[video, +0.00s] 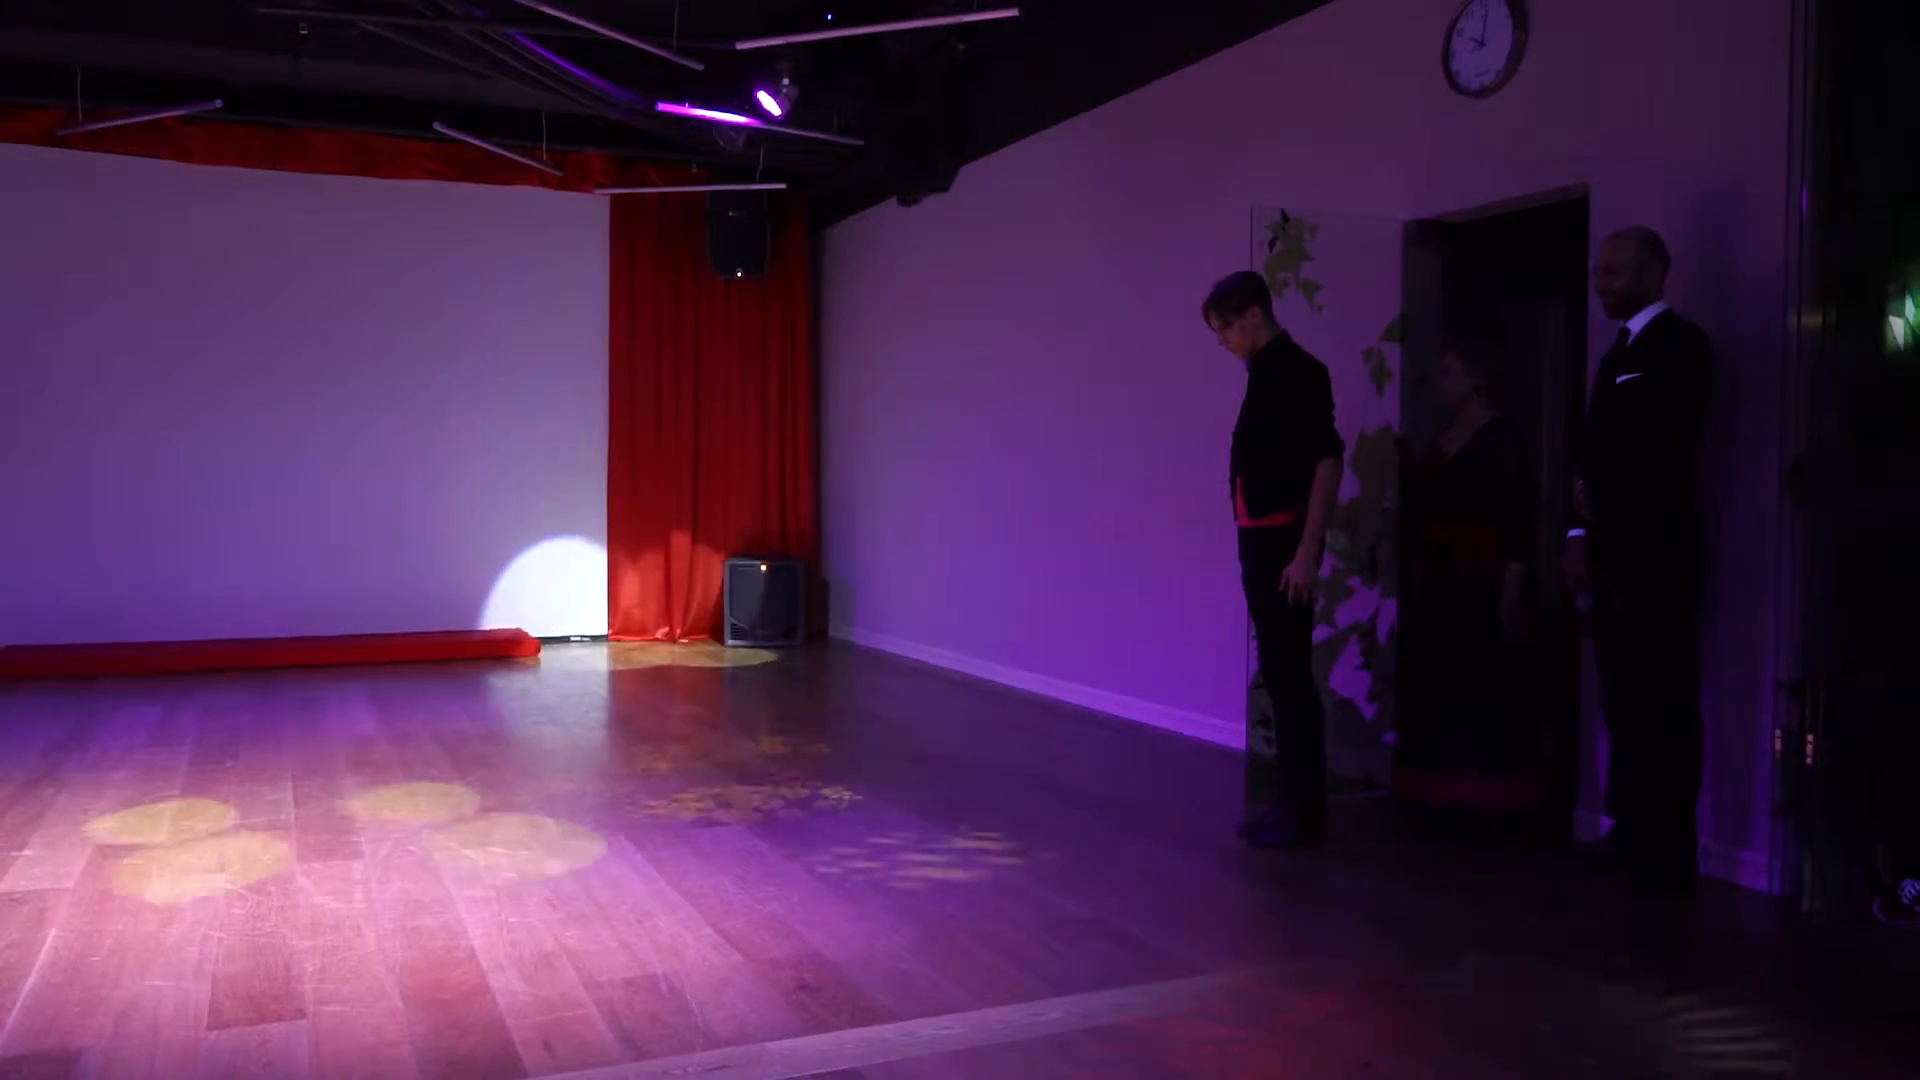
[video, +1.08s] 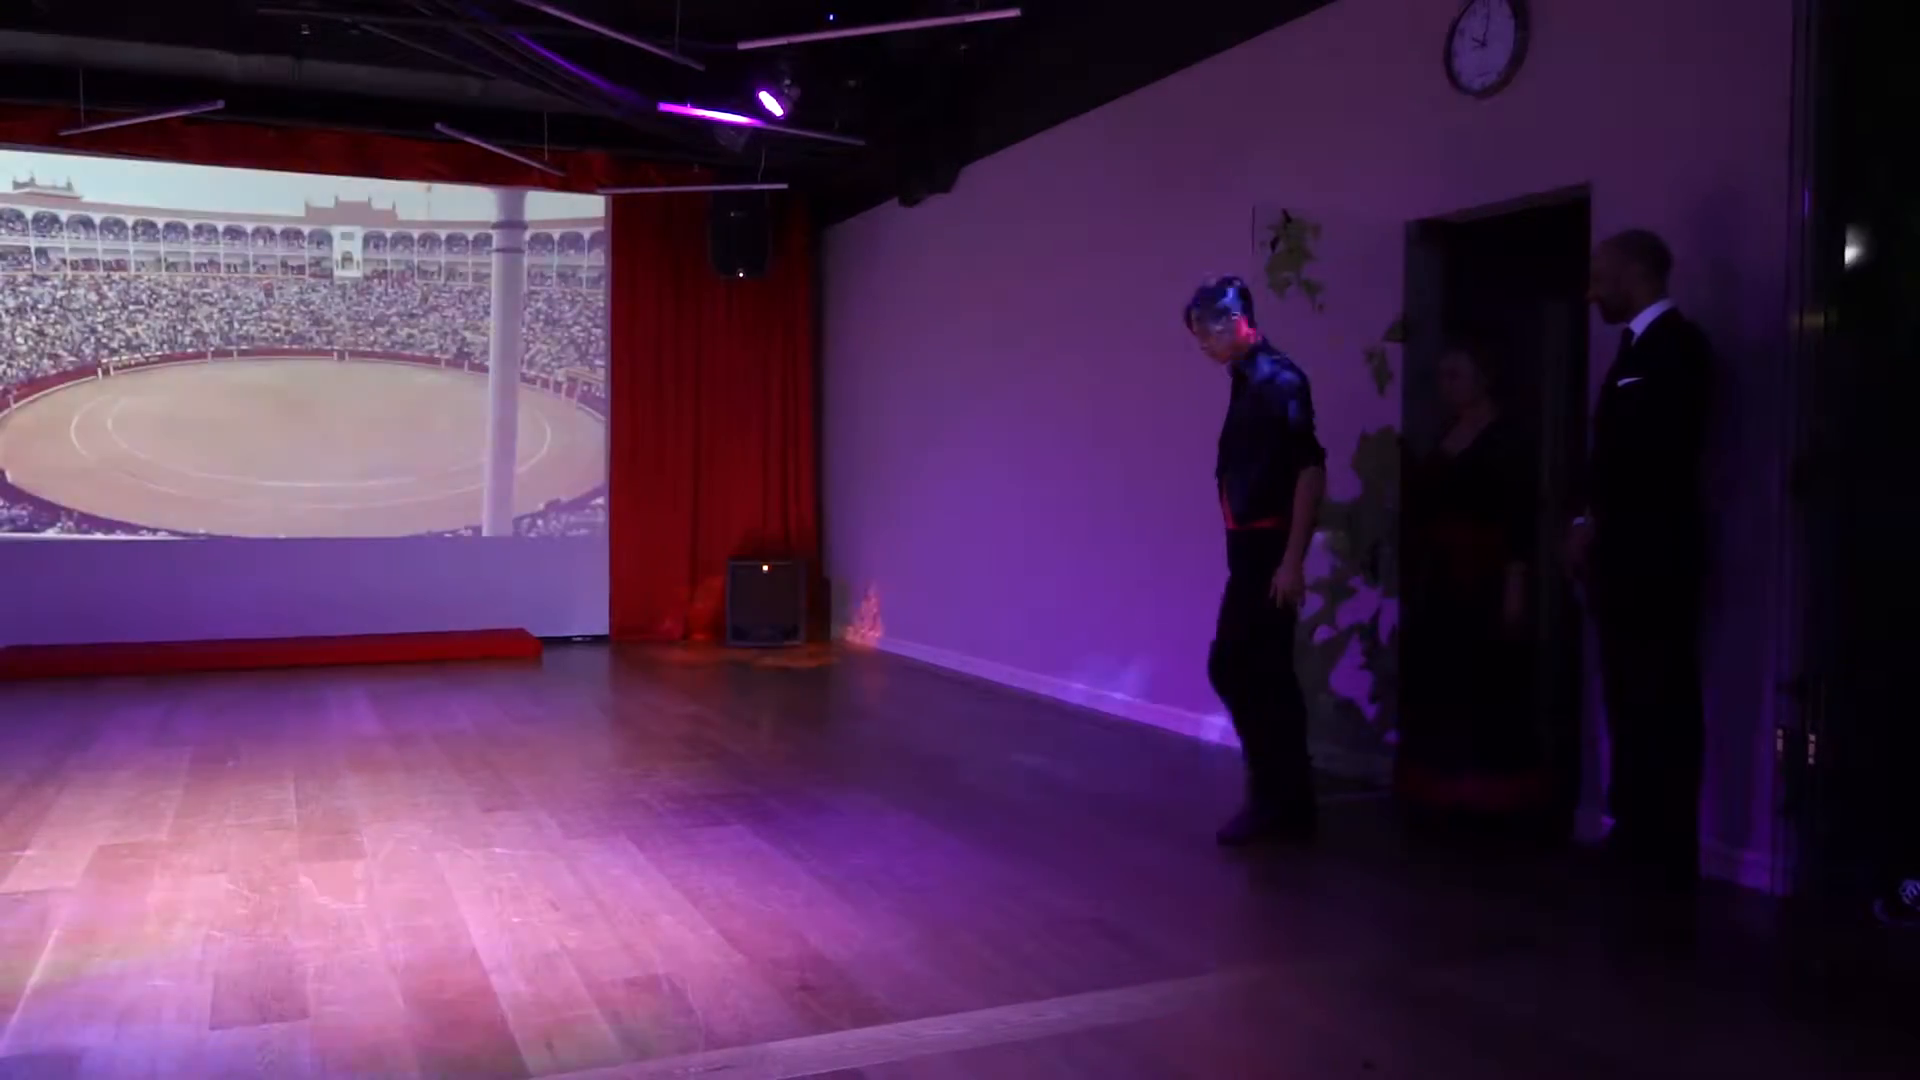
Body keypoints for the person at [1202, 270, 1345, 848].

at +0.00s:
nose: (1222, 343)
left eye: (1224, 330)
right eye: (1217, 333)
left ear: (1254, 316)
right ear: (1250, 320)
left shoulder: (1297, 372)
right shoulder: (1267, 372)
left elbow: (1327, 462)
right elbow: (1270, 465)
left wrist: (1306, 554)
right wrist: (1255, 545)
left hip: (1283, 544)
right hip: (1261, 542)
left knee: (1289, 677)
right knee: (1281, 677)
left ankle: (1299, 811)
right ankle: (1291, 805)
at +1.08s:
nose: (1204, 347)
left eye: (1209, 333)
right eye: (1198, 337)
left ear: (1241, 322)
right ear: (1227, 330)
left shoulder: (1278, 379)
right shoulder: (1250, 377)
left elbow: (1309, 470)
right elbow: (1257, 469)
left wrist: (1291, 561)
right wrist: (1244, 551)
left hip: (1267, 551)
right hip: (1249, 548)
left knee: (1232, 664)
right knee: (1262, 670)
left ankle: (1277, 802)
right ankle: (1281, 803)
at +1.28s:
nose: (1183, 351)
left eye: (1184, 338)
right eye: (1180, 340)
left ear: (1210, 327)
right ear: (1216, 327)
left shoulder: (1254, 382)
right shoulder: (1230, 382)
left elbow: (1291, 473)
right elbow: (1228, 470)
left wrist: (1278, 566)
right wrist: (1219, 541)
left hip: (1245, 553)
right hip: (1238, 550)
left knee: (1186, 663)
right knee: (1268, 677)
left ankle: (1172, 802)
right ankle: (1292, 804)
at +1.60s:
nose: (1126, 349)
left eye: (1130, 336)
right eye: (1121, 339)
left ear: (1160, 326)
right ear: (1150, 331)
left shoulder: (1198, 382)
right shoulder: (1175, 381)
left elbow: (1227, 475)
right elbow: (1181, 475)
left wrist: (1213, 569)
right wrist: (1161, 551)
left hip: (1180, 554)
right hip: (1175, 550)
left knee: (1137, 672)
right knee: (1219, 670)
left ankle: (1104, 805)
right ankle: (1283, 786)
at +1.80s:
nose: (1083, 346)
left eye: (1085, 332)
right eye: (1078, 335)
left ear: (1113, 322)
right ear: (1111, 324)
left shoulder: (1153, 380)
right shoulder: (1127, 377)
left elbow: (1173, 476)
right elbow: (1126, 469)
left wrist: (1153, 564)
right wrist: (1105, 542)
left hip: (1135, 546)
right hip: (1117, 542)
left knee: (1112, 672)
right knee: (1126, 670)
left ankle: (1100, 806)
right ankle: (1222, 766)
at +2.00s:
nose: (1045, 346)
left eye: (1048, 334)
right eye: (1041, 336)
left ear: (1075, 323)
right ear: (1066, 327)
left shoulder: (1116, 380)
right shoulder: (1088, 376)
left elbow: (1125, 480)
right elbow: (1096, 467)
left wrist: (1096, 563)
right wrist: (1073, 537)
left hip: (1103, 543)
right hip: (1078, 540)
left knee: (1086, 673)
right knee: (1034, 657)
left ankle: (1097, 804)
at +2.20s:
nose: (1000, 348)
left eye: (1004, 336)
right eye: (996, 337)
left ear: (1035, 326)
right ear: (1028, 329)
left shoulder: (1071, 386)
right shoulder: (1049, 379)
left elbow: (1079, 483)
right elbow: (1051, 473)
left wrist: (1053, 570)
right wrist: (1030, 550)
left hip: (1063, 549)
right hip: (1037, 546)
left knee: (1065, 679)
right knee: (991, 668)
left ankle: (1098, 805)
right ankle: (955, 796)